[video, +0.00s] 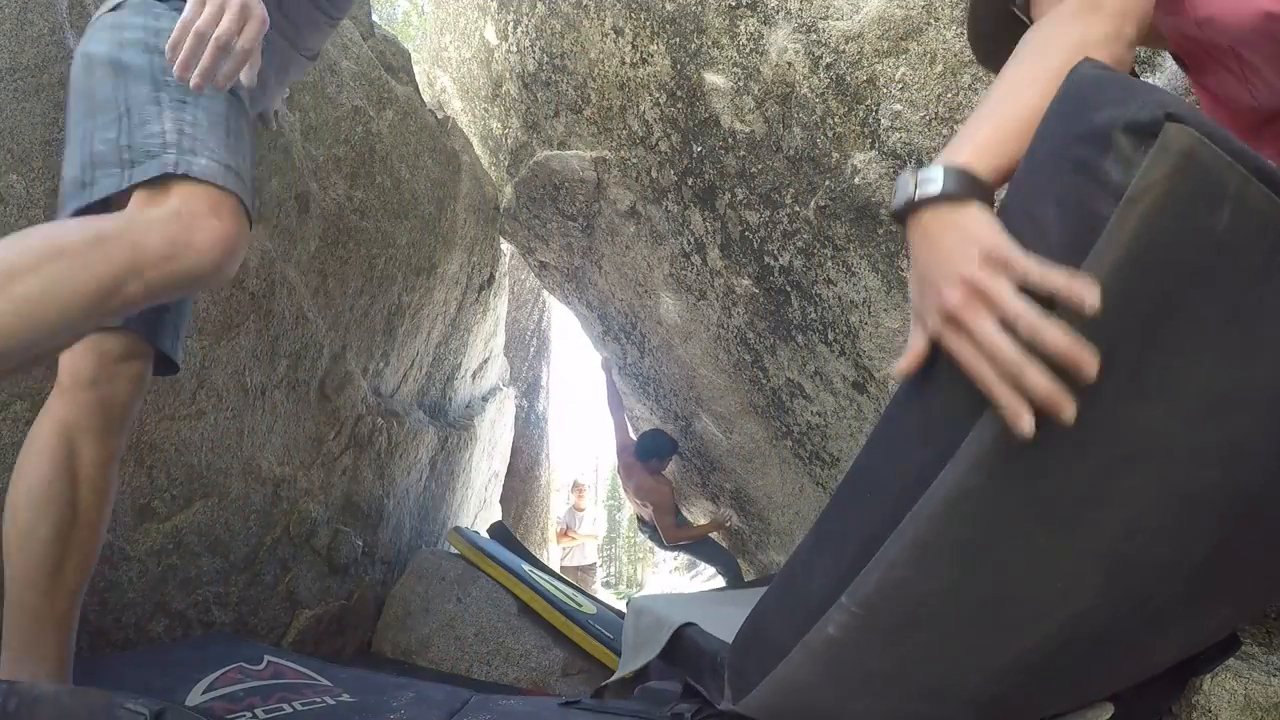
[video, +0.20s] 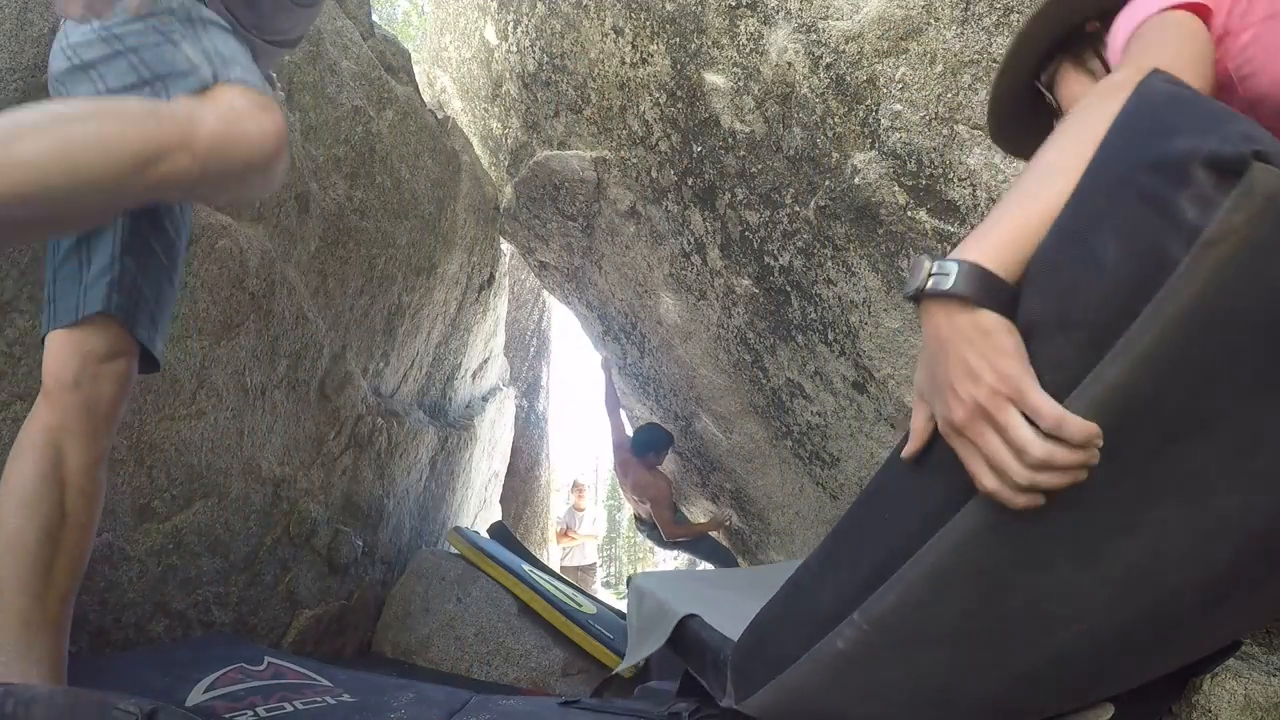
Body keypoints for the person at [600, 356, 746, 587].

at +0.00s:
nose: (668, 463)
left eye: (669, 459)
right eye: (667, 459)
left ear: (643, 450)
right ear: (656, 461)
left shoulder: (626, 452)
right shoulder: (660, 490)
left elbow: (616, 412)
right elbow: (670, 537)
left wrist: (608, 374)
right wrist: (713, 527)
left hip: (644, 524)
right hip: (667, 532)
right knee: (726, 561)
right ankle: (739, 596)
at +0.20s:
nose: (666, 456)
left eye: (666, 452)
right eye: (664, 452)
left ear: (640, 446)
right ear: (652, 455)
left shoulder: (621, 448)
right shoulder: (658, 485)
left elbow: (613, 410)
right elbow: (670, 534)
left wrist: (607, 374)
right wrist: (710, 526)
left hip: (641, 523)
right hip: (666, 528)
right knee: (725, 558)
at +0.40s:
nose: (663, 452)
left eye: (664, 448)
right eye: (662, 448)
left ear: (638, 439)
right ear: (651, 449)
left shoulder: (618, 444)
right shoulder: (654, 482)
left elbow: (609, 409)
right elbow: (670, 528)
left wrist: (606, 374)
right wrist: (709, 525)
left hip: (636, 521)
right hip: (659, 530)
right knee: (723, 552)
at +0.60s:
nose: (664, 448)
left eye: (665, 444)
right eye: (663, 444)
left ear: (636, 434)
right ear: (652, 445)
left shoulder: (616, 441)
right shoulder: (652, 479)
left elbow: (605, 409)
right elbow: (673, 526)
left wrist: (606, 375)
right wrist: (710, 524)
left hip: (624, 518)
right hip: (647, 529)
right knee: (715, 540)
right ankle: (721, 586)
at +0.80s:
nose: (665, 447)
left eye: (666, 442)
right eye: (664, 443)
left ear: (636, 431)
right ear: (653, 445)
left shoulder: (616, 438)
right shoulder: (653, 479)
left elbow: (604, 410)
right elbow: (672, 525)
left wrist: (605, 376)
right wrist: (711, 523)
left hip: (619, 518)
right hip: (643, 529)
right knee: (708, 522)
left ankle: (686, 539)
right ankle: (695, 559)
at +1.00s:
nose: (666, 446)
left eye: (667, 442)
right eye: (665, 442)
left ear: (637, 430)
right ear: (655, 445)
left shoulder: (616, 438)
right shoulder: (654, 478)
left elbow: (603, 411)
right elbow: (671, 524)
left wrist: (605, 375)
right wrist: (711, 524)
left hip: (616, 517)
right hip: (638, 528)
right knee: (701, 500)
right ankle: (689, 537)